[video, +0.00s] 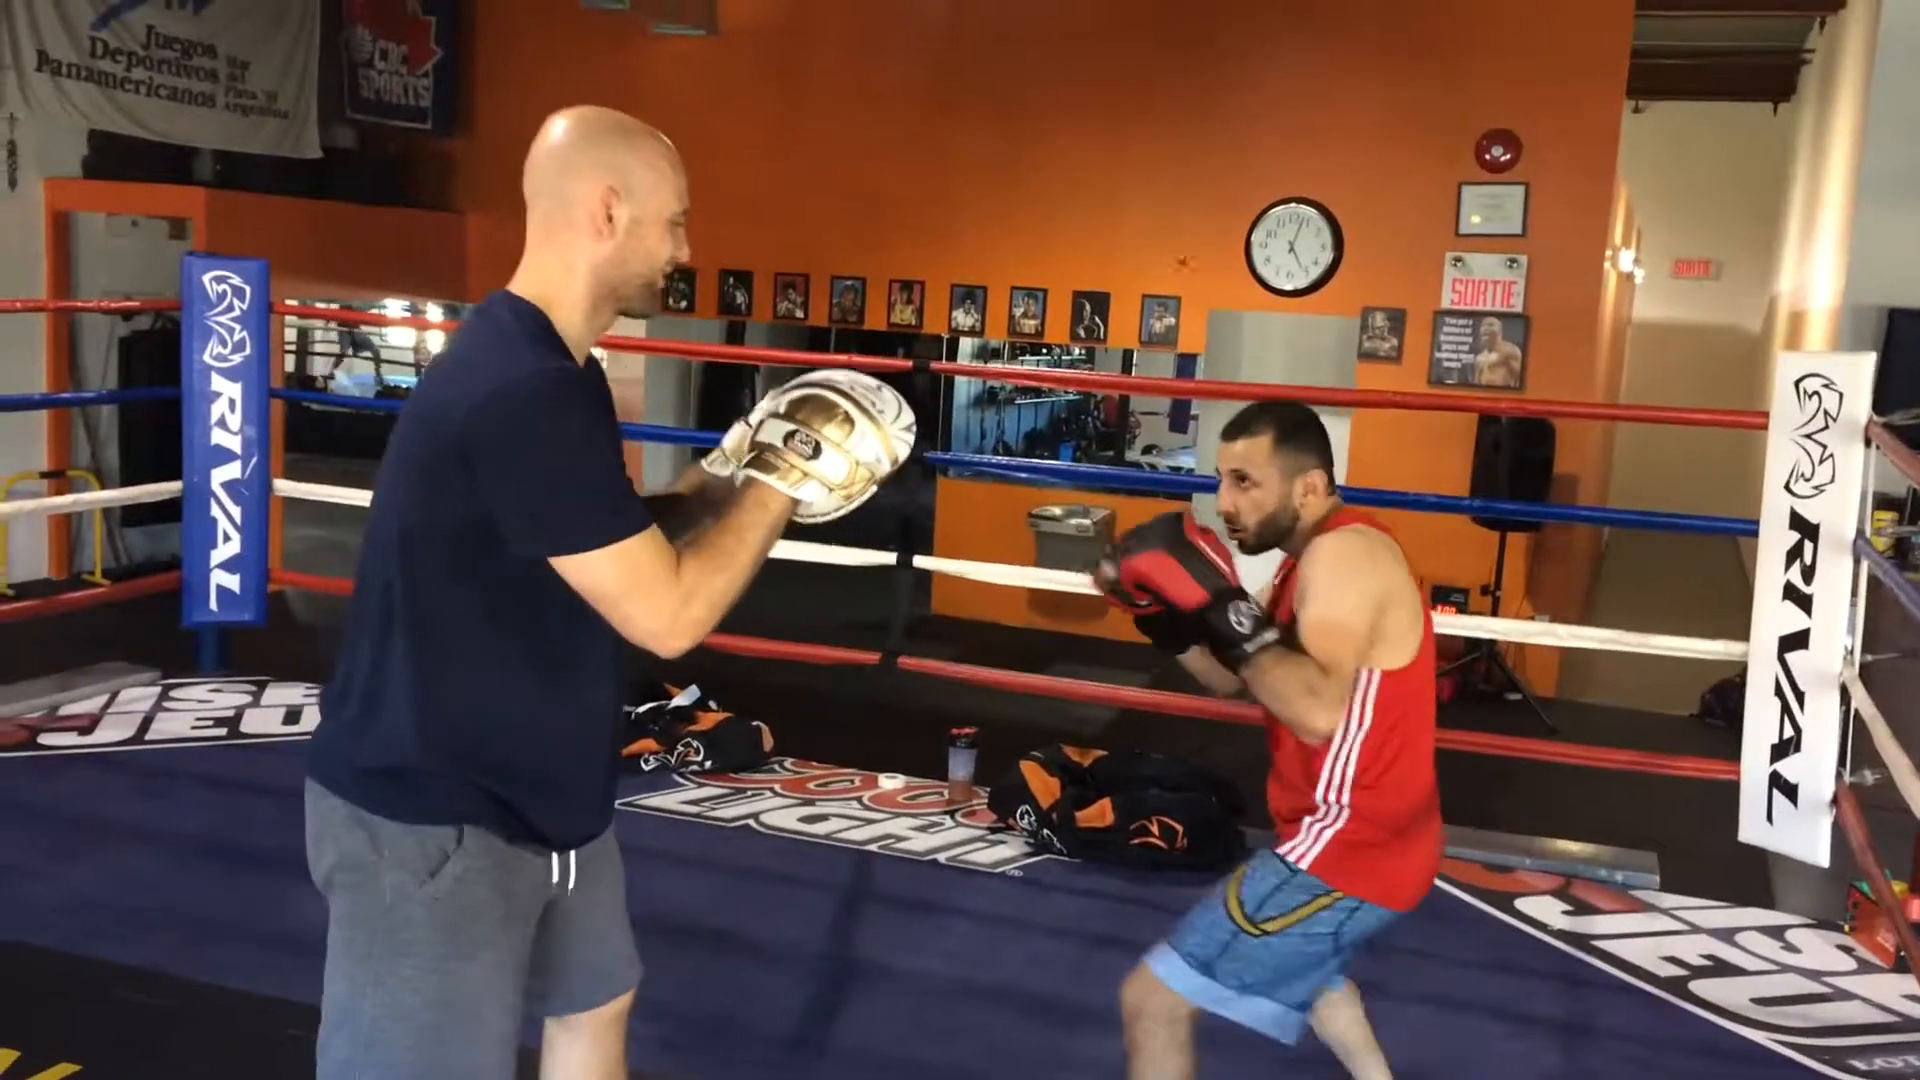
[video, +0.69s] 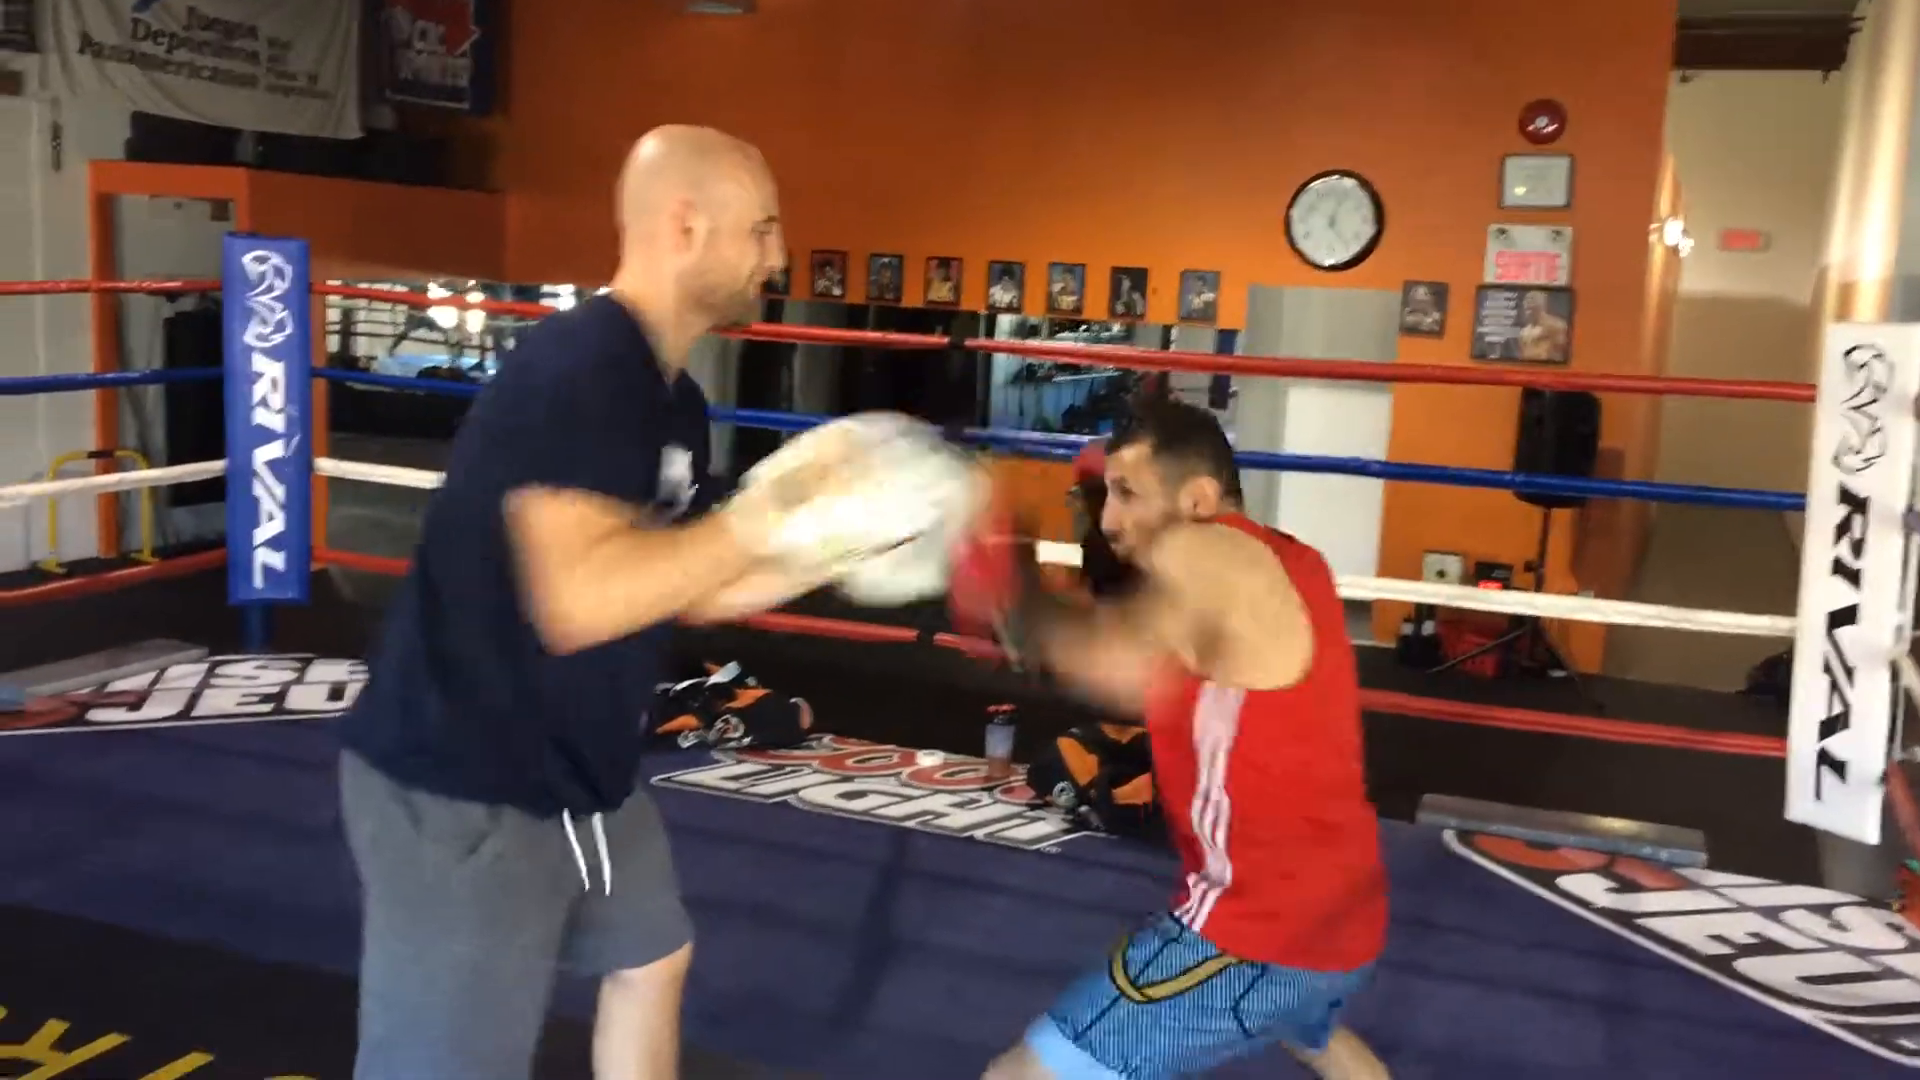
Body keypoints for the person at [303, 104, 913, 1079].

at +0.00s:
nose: (684, 254)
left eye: (684, 227)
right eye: (674, 223)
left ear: (597, 216)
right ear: (604, 214)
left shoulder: (559, 370)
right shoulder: (516, 381)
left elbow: (575, 553)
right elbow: (668, 614)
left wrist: (701, 495)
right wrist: (783, 485)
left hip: (543, 788)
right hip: (433, 807)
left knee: (593, 998)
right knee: (426, 1061)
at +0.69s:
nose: (776, 261)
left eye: (775, 235)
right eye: (761, 232)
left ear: (686, 229)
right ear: (684, 226)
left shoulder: (676, 401)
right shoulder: (571, 367)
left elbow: (668, 592)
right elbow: (572, 600)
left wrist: (821, 558)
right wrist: (756, 519)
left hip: (583, 772)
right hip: (456, 787)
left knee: (650, 957)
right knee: (445, 1060)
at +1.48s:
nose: (923, 192)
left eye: (926, 169)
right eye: (918, 165)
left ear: (810, 146)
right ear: (855, 151)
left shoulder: (710, 260)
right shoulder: (822, 303)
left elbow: (670, 460)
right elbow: (896, 534)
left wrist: (774, 574)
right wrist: (960, 549)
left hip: (672, 641)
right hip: (591, 644)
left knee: (704, 860)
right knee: (577, 953)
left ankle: (711, 1072)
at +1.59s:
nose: (883, 163)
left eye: (883, 138)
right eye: (874, 137)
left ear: (786, 127)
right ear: (815, 130)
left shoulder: (706, 249)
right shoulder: (747, 273)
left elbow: (675, 462)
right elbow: (808, 534)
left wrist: (756, 565)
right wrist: (927, 579)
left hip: (672, 638)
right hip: (569, 644)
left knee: (706, 853)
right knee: (549, 954)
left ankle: (711, 1069)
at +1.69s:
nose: (815, 153)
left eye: (815, 128)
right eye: (808, 127)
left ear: (718, 119)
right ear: (744, 120)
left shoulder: (674, 260)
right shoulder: (657, 268)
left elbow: (680, 517)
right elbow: (683, 536)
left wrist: (824, 610)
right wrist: (858, 616)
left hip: (636, 658)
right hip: (527, 669)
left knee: (705, 854)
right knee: (505, 977)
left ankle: (706, 1071)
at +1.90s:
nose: (679, 134)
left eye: (677, 106)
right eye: (664, 105)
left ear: (581, 107)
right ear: (585, 105)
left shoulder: (558, 264)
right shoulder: (461, 278)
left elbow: (536, 453)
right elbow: (437, 561)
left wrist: (667, 499)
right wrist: (654, 638)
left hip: (514, 660)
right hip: (381, 680)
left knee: (568, 895)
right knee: (396, 994)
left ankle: (654, 1071)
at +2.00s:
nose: (621, 100)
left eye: (617, 74)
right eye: (600, 73)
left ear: (519, 76)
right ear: (514, 77)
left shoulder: (518, 236)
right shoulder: (391, 265)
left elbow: (490, 424)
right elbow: (357, 554)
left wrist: (620, 483)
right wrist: (565, 619)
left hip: (460, 618)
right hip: (323, 653)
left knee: (527, 843)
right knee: (359, 969)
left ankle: (548, 1061)